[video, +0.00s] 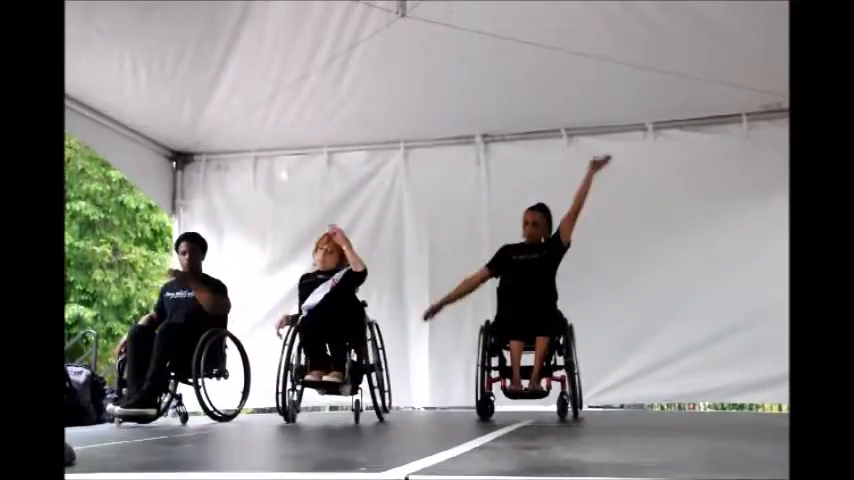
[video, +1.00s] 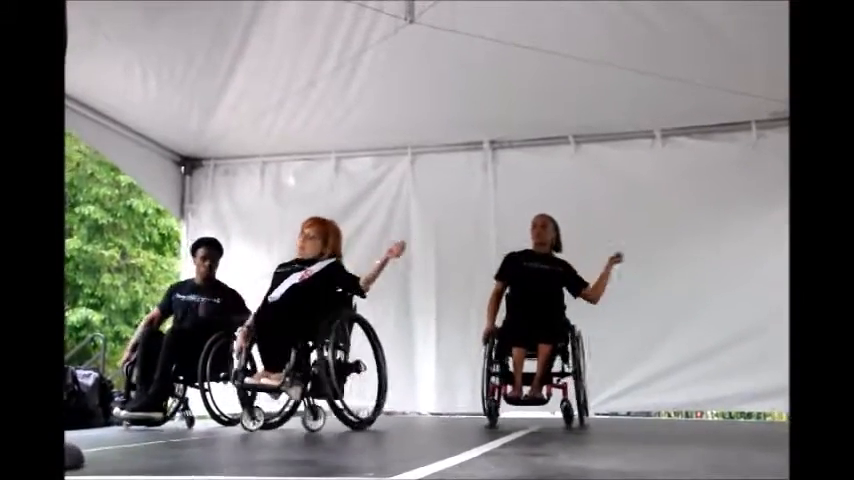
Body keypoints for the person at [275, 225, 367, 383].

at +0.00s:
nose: (324, 254)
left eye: (330, 251)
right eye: (321, 249)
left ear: (340, 257)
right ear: (314, 256)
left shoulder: (346, 276)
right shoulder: (307, 280)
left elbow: (360, 271)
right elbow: (304, 313)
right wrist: (289, 319)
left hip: (343, 318)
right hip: (318, 320)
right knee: (307, 322)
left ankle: (337, 370)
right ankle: (317, 368)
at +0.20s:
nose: (317, 252)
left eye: (325, 250)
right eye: (315, 247)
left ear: (337, 256)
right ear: (310, 250)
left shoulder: (342, 277)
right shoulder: (301, 279)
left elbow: (349, 274)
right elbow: (299, 305)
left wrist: (327, 262)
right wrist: (291, 316)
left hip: (339, 315)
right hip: (313, 317)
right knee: (305, 324)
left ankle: (335, 370)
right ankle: (313, 369)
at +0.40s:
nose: (313, 250)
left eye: (320, 247)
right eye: (310, 244)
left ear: (333, 254)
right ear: (304, 248)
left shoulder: (341, 273)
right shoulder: (296, 277)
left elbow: (364, 284)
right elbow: (289, 307)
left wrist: (337, 263)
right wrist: (283, 317)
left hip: (337, 317)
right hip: (307, 319)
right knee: (298, 321)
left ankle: (328, 371)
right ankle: (308, 369)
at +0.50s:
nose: (310, 248)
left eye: (318, 245)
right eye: (308, 242)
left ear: (331, 253)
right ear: (303, 246)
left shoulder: (340, 271)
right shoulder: (293, 274)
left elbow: (370, 286)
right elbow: (284, 306)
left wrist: (359, 258)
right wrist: (275, 324)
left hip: (334, 318)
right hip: (305, 319)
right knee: (294, 320)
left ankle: (323, 373)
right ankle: (303, 370)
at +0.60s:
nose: (309, 247)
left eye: (317, 244)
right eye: (307, 241)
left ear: (331, 251)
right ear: (302, 245)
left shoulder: (339, 270)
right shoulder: (291, 273)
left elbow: (372, 285)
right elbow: (280, 305)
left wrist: (374, 258)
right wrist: (270, 325)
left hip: (332, 318)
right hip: (302, 317)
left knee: (319, 323)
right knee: (291, 320)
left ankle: (318, 371)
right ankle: (299, 368)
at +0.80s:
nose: (308, 243)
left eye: (317, 241)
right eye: (306, 238)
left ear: (330, 249)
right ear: (301, 241)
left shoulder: (337, 270)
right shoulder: (287, 271)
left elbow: (372, 285)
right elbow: (272, 306)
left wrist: (397, 259)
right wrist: (256, 327)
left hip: (324, 318)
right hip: (292, 317)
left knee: (295, 318)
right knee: (280, 316)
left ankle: (300, 371)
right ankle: (285, 369)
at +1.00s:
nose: (302, 241)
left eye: (310, 237)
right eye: (301, 235)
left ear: (326, 243)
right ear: (297, 238)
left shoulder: (332, 268)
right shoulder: (285, 269)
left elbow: (361, 286)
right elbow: (267, 302)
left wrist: (385, 259)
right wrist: (248, 328)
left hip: (314, 317)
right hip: (284, 315)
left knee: (273, 317)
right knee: (263, 319)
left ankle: (274, 373)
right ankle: (270, 371)